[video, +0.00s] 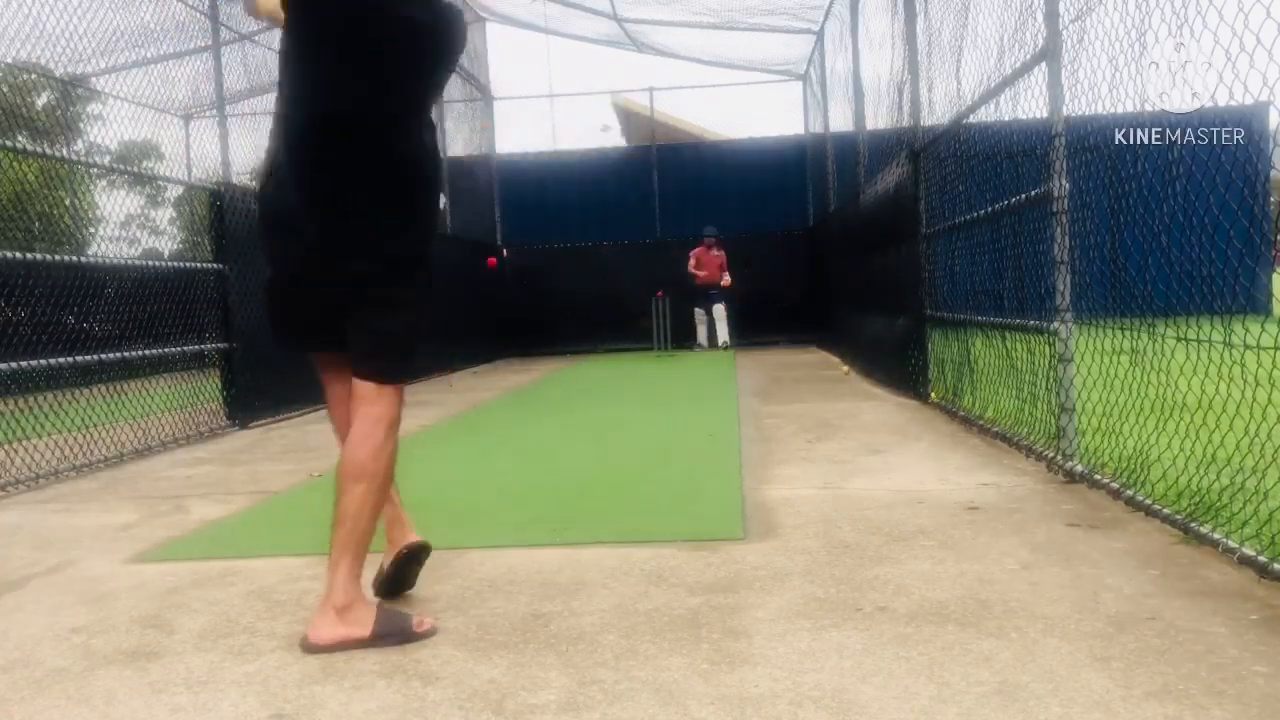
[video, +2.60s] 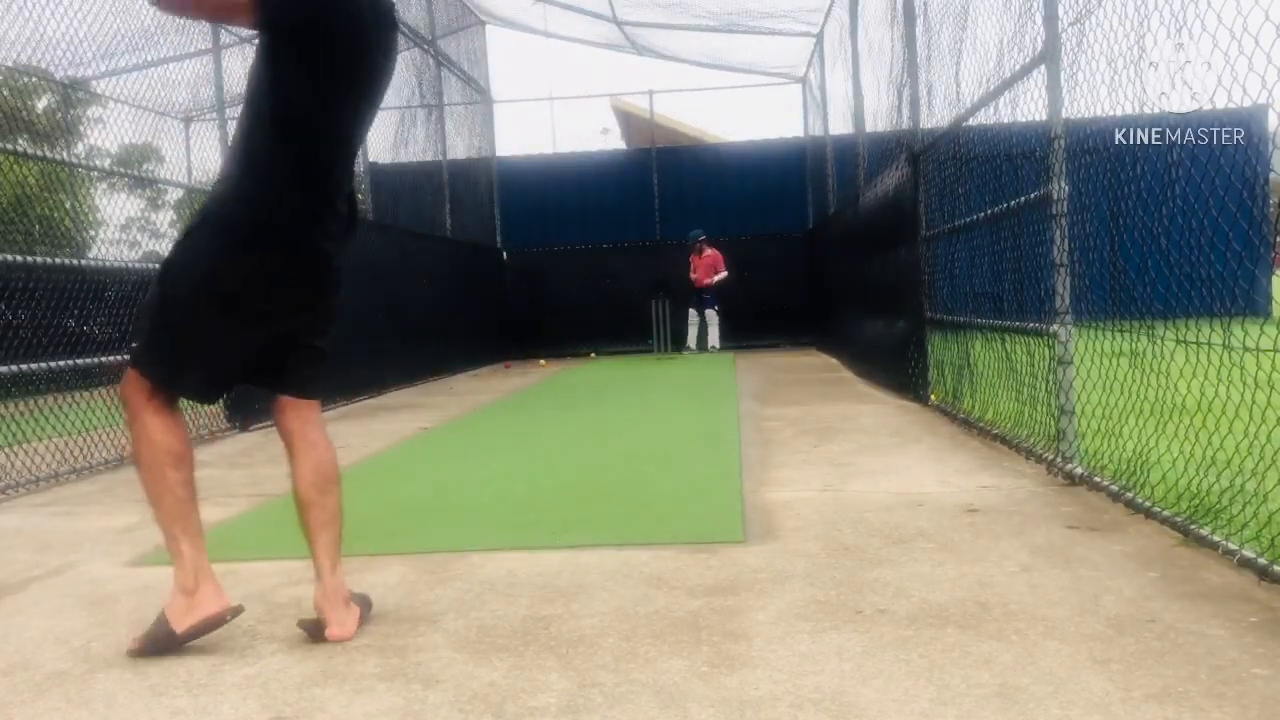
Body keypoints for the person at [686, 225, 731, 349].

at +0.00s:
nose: (710, 240)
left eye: (712, 237)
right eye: (707, 237)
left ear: (716, 239)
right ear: (703, 239)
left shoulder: (720, 253)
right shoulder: (696, 253)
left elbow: (724, 271)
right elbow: (690, 268)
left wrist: (726, 278)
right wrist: (699, 273)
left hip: (715, 286)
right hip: (700, 287)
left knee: (720, 312)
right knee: (700, 315)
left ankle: (723, 342)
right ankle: (702, 343)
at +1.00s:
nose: (701, 244)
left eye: (703, 241)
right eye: (701, 241)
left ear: (709, 240)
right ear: (702, 241)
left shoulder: (723, 252)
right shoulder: (700, 255)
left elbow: (729, 270)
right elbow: (698, 271)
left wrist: (716, 270)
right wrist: (689, 278)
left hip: (719, 286)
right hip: (705, 286)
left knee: (721, 312)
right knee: (699, 311)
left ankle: (726, 342)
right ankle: (697, 343)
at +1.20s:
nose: (726, 264)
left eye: (727, 262)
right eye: (725, 262)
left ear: (727, 262)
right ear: (719, 260)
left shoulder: (723, 269)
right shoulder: (710, 269)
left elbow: (722, 280)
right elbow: (710, 284)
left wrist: (724, 285)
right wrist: (723, 288)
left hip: (710, 291)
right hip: (696, 292)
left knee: (713, 315)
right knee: (689, 316)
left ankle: (714, 345)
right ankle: (682, 339)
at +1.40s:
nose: (717, 251)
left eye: (719, 249)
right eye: (715, 248)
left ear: (723, 251)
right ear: (712, 249)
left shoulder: (722, 263)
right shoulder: (703, 260)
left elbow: (724, 280)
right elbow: (696, 277)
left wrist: (729, 293)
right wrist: (704, 289)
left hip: (711, 292)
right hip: (696, 291)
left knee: (711, 314)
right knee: (688, 315)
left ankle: (714, 345)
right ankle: (686, 343)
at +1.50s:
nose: (715, 248)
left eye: (717, 245)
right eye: (713, 245)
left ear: (720, 246)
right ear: (707, 245)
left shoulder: (720, 260)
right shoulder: (698, 256)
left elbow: (722, 279)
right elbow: (689, 269)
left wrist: (727, 292)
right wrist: (693, 277)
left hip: (710, 290)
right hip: (695, 289)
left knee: (711, 314)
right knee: (688, 315)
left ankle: (714, 345)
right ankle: (689, 345)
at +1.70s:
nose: (702, 244)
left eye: (704, 241)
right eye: (700, 241)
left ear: (707, 242)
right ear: (696, 242)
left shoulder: (712, 258)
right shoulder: (687, 256)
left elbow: (717, 275)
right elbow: (682, 271)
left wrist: (718, 283)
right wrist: (683, 269)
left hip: (707, 292)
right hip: (691, 292)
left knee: (709, 317)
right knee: (689, 319)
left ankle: (714, 345)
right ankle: (690, 346)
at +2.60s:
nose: (693, 247)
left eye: (695, 244)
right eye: (692, 244)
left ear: (702, 242)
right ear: (693, 244)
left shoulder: (714, 254)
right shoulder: (693, 257)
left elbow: (723, 272)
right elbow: (691, 272)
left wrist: (713, 279)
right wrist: (694, 277)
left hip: (709, 288)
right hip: (697, 288)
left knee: (710, 314)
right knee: (693, 314)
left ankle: (713, 345)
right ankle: (691, 345)